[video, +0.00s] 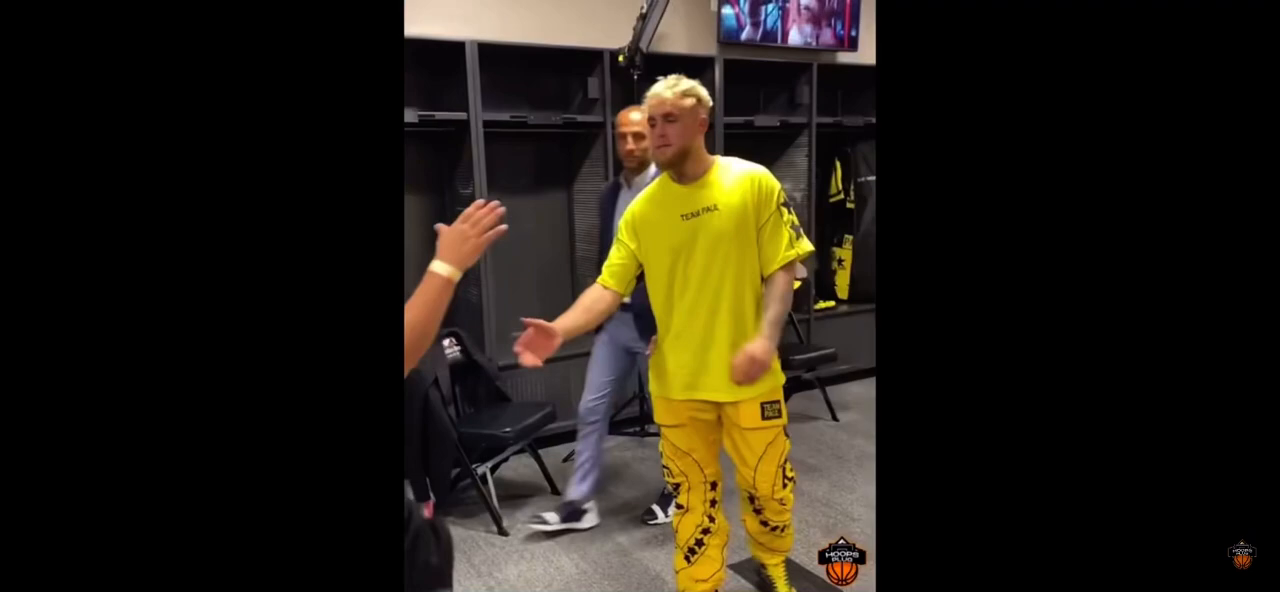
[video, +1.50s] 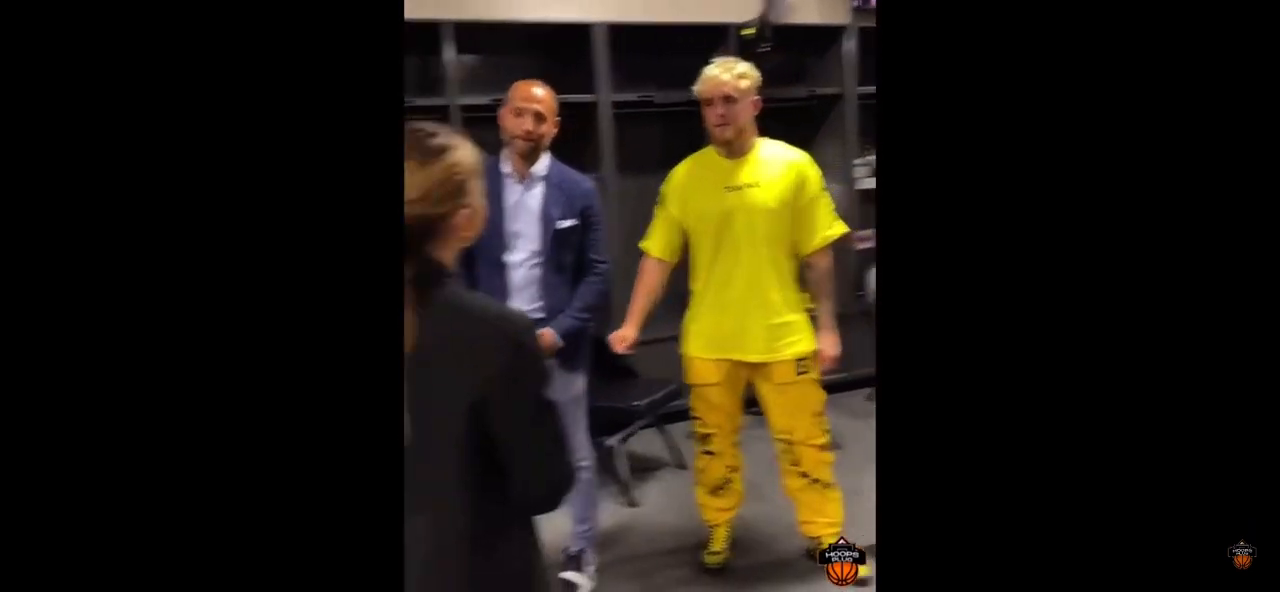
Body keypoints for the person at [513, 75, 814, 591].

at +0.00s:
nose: (655, 132)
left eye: (667, 120)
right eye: (650, 123)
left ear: (702, 122)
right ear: (646, 130)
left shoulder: (752, 183)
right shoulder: (641, 208)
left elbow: (782, 267)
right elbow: (609, 287)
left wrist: (766, 337)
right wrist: (557, 330)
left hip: (751, 376)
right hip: (679, 382)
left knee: (770, 490)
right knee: (693, 506)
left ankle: (772, 565)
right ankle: (698, 586)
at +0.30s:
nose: (657, 128)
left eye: (669, 116)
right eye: (649, 119)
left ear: (696, 121)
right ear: (641, 126)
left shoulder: (738, 186)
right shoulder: (625, 201)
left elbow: (778, 267)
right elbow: (583, 268)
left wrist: (812, 333)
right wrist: (517, 300)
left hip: (734, 370)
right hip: (661, 376)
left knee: (735, 478)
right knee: (677, 497)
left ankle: (689, 557)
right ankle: (688, 583)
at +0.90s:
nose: (655, 125)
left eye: (667, 116)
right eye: (647, 115)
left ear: (689, 125)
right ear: (637, 122)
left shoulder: (712, 189)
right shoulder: (611, 188)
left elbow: (727, 270)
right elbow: (559, 250)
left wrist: (737, 326)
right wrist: (500, 294)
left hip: (694, 343)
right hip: (631, 345)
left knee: (686, 455)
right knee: (633, 458)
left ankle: (680, 548)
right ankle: (625, 567)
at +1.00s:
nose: (651, 124)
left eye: (663, 115)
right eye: (644, 114)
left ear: (685, 124)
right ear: (634, 122)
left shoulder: (709, 189)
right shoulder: (607, 188)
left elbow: (727, 272)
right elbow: (570, 261)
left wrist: (734, 333)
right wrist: (534, 325)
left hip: (692, 348)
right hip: (628, 349)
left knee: (687, 456)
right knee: (621, 458)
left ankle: (683, 545)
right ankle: (598, 551)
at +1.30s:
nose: (662, 116)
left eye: (672, 105)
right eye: (653, 107)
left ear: (694, 112)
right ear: (642, 114)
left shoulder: (727, 178)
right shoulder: (621, 185)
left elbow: (750, 262)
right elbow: (609, 266)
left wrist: (761, 329)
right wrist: (598, 336)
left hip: (717, 337)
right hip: (646, 340)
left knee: (728, 443)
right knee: (638, 445)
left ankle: (734, 536)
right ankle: (634, 533)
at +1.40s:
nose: (683, 114)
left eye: (694, 104)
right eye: (675, 105)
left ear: (717, 108)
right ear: (665, 112)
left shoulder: (756, 173)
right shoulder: (648, 182)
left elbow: (780, 257)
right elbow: (626, 260)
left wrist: (790, 328)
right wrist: (604, 327)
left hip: (744, 334)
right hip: (674, 337)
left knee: (761, 441)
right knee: (671, 442)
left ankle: (774, 536)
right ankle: (671, 531)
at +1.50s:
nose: (717, 112)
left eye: (728, 101)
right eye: (709, 103)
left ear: (755, 104)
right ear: (700, 109)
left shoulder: (794, 167)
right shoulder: (685, 177)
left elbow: (817, 251)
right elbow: (658, 254)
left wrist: (827, 326)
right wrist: (632, 323)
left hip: (784, 331)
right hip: (711, 334)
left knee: (806, 439)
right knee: (713, 439)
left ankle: (824, 536)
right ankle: (718, 526)